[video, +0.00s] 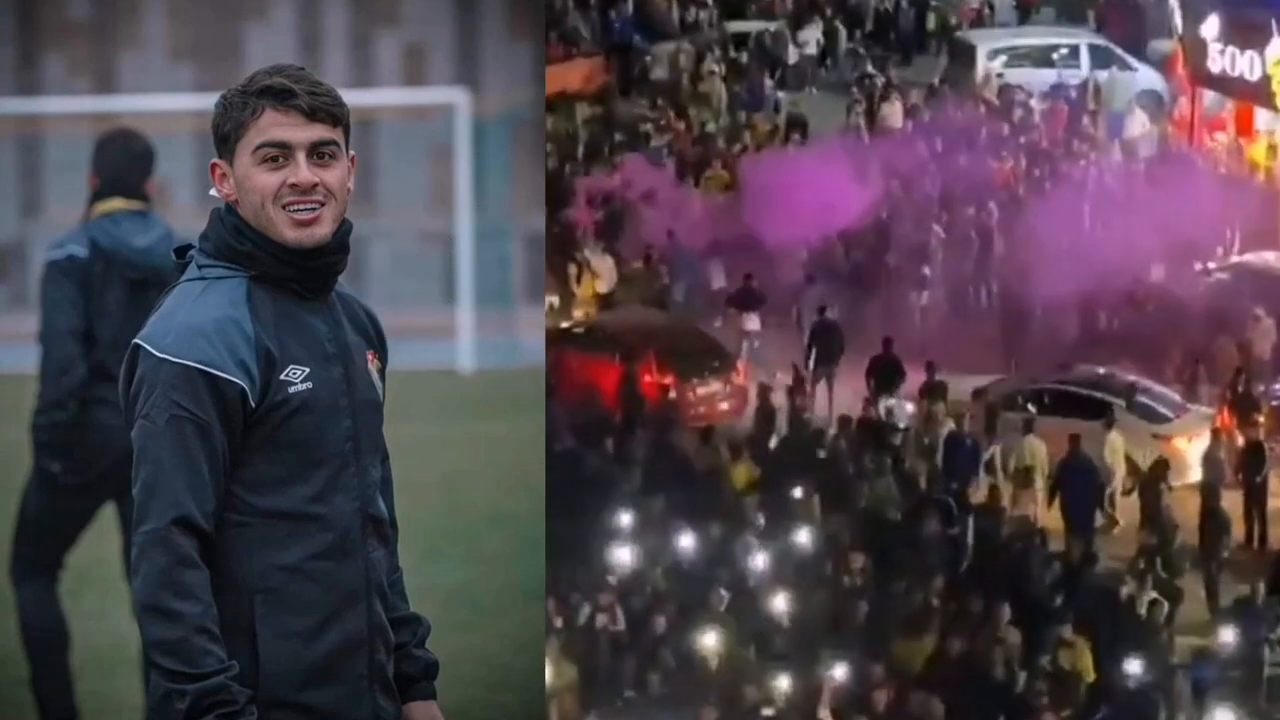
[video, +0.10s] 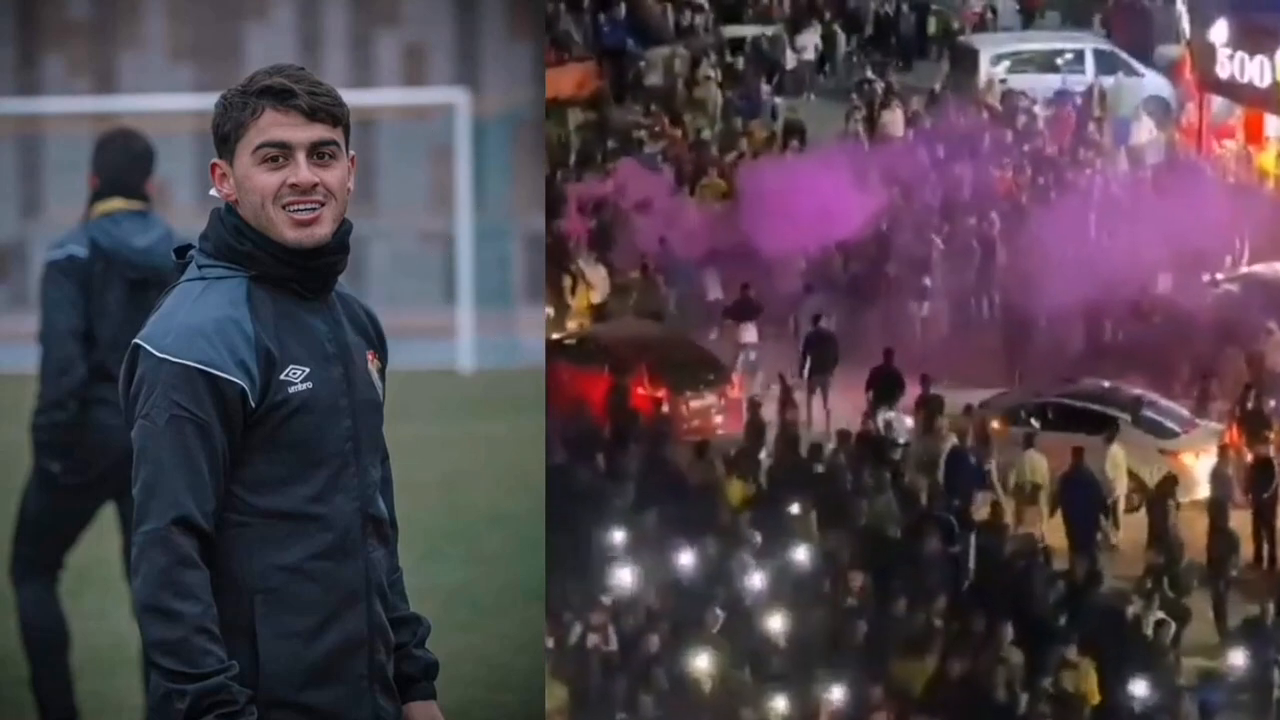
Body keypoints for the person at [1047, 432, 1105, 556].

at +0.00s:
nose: (1072, 447)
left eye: (1072, 445)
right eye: (1073, 445)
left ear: (1069, 444)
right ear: (1080, 444)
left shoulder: (1064, 463)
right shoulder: (1089, 462)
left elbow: (1056, 482)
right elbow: (1099, 484)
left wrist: (1050, 499)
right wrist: (1100, 502)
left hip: (1069, 503)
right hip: (1088, 502)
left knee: (1070, 530)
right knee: (1087, 529)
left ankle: (1071, 556)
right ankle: (1088, 553)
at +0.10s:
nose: (1077, 460)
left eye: (1076, 458)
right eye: (1078, 458)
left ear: (1072, 457)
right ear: (1083, 458)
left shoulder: (1065, 477)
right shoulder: (1090, 476)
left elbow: (1058, 496)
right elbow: (1100, 497)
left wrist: (1052, 508)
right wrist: (1105, 511)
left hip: (1071, 517)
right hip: (1089, 517)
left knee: (1074, 546)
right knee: (1089, 545)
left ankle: (1074, 571)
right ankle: (1093, 569)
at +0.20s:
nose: (1081, 475)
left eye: (1081, 473)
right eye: (1082, 473)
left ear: (1077, 473)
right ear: (1089, 473)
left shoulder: (1071, 493)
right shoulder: (1097, 491)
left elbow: (1065, 512)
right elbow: (1107, 510)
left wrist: (1056, 516)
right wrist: (1111, 526)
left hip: (1076, 531)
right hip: (1096, 530)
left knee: (1081, 559)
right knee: (1089, 555)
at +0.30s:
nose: (1086, 484)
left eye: (1085, 481)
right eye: (1087, 482)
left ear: (1082, 481)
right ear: (1094, 482)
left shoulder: (1075, 501)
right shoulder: (1102, 500)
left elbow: (1067, 518)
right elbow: (1109, 520)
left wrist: (1063, 529)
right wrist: (1114, 538)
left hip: (1080, 540)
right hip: (1100, 540)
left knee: (1085, 570)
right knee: (1093, 569)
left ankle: (1086, 599)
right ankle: (1086, 599)